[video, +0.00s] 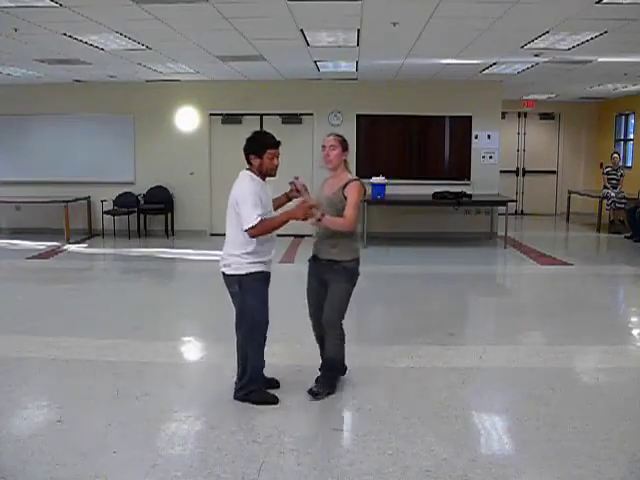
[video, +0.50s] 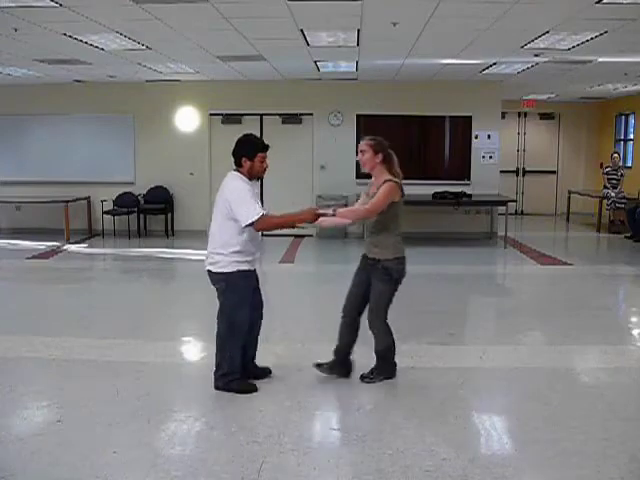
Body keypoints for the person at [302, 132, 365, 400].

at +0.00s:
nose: (327, 153)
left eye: (332, 148)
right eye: (324, 148)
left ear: (344, 153)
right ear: (322, 154)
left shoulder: (353, 185)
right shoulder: (326, 183)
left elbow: (349, 224)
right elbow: (321, 215)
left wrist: (321, 219)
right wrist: (305, 196)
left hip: (343, 264)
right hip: (320, 260)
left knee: (331, 320)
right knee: (317, 318)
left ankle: (328, 377)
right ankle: (334, 365)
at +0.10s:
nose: (332, 154)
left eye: (337, 149)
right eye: (329, 150)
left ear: (350, 153)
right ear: (328, 154)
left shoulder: (360, 184)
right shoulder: (331, 184)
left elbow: (355, 220)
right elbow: (322, 217)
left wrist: (327, 212)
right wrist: (303, 197)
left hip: (349, 262)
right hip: (326, 259)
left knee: (336, 318)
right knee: (324, 318)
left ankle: (343, 371)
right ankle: (331, 367)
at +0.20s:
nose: (338, 155)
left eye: (343, 150)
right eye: (336, 151)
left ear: (357, 153)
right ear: (335, 155)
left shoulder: (368, 183)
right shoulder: (342, 183)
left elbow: (360, 215)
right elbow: (326, 209)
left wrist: (330, 210)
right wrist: (299, 197)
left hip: (357, 262)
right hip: (334, 259)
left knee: (345, 317)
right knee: (329, 319)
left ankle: (371, 358)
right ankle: (335, 367)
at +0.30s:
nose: (345, 157)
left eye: (349, 152)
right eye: (343, 153)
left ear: (364, 154)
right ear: (347, 156)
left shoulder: (378, 184)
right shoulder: (353, 183)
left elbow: (362, 213)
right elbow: (337, 208)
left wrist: (333, 209)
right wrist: (302, 205)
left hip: (369, 263)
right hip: (345, 258)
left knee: (360, 318)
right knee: (329, 312)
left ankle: (385, 363)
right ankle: (333, 365)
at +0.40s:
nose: (352, 158)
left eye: (356, 153)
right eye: (352, 153)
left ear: (372, 155)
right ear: (366, 157)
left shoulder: (385, 185)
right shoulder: (362, 187)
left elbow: (368, 211)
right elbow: (343, 213)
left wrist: (337, 211)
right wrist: (313, 217)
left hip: (380, 265)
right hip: (357, 261)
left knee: (370, 318)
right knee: (339, 310)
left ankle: (385, 365)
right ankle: (330, 364)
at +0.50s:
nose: (359, 158)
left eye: (363, 153)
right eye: (359, 153)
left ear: (379, 156)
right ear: (374, 158)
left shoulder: (390, 186)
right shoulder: (372, 186)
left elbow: (368, 213)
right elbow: (356, 211)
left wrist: (333, 218)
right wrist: (328, 214)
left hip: (389, 263)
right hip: (370, 260)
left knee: (376, 318)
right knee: (350, 312)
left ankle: (386, 366)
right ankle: (341, 361)